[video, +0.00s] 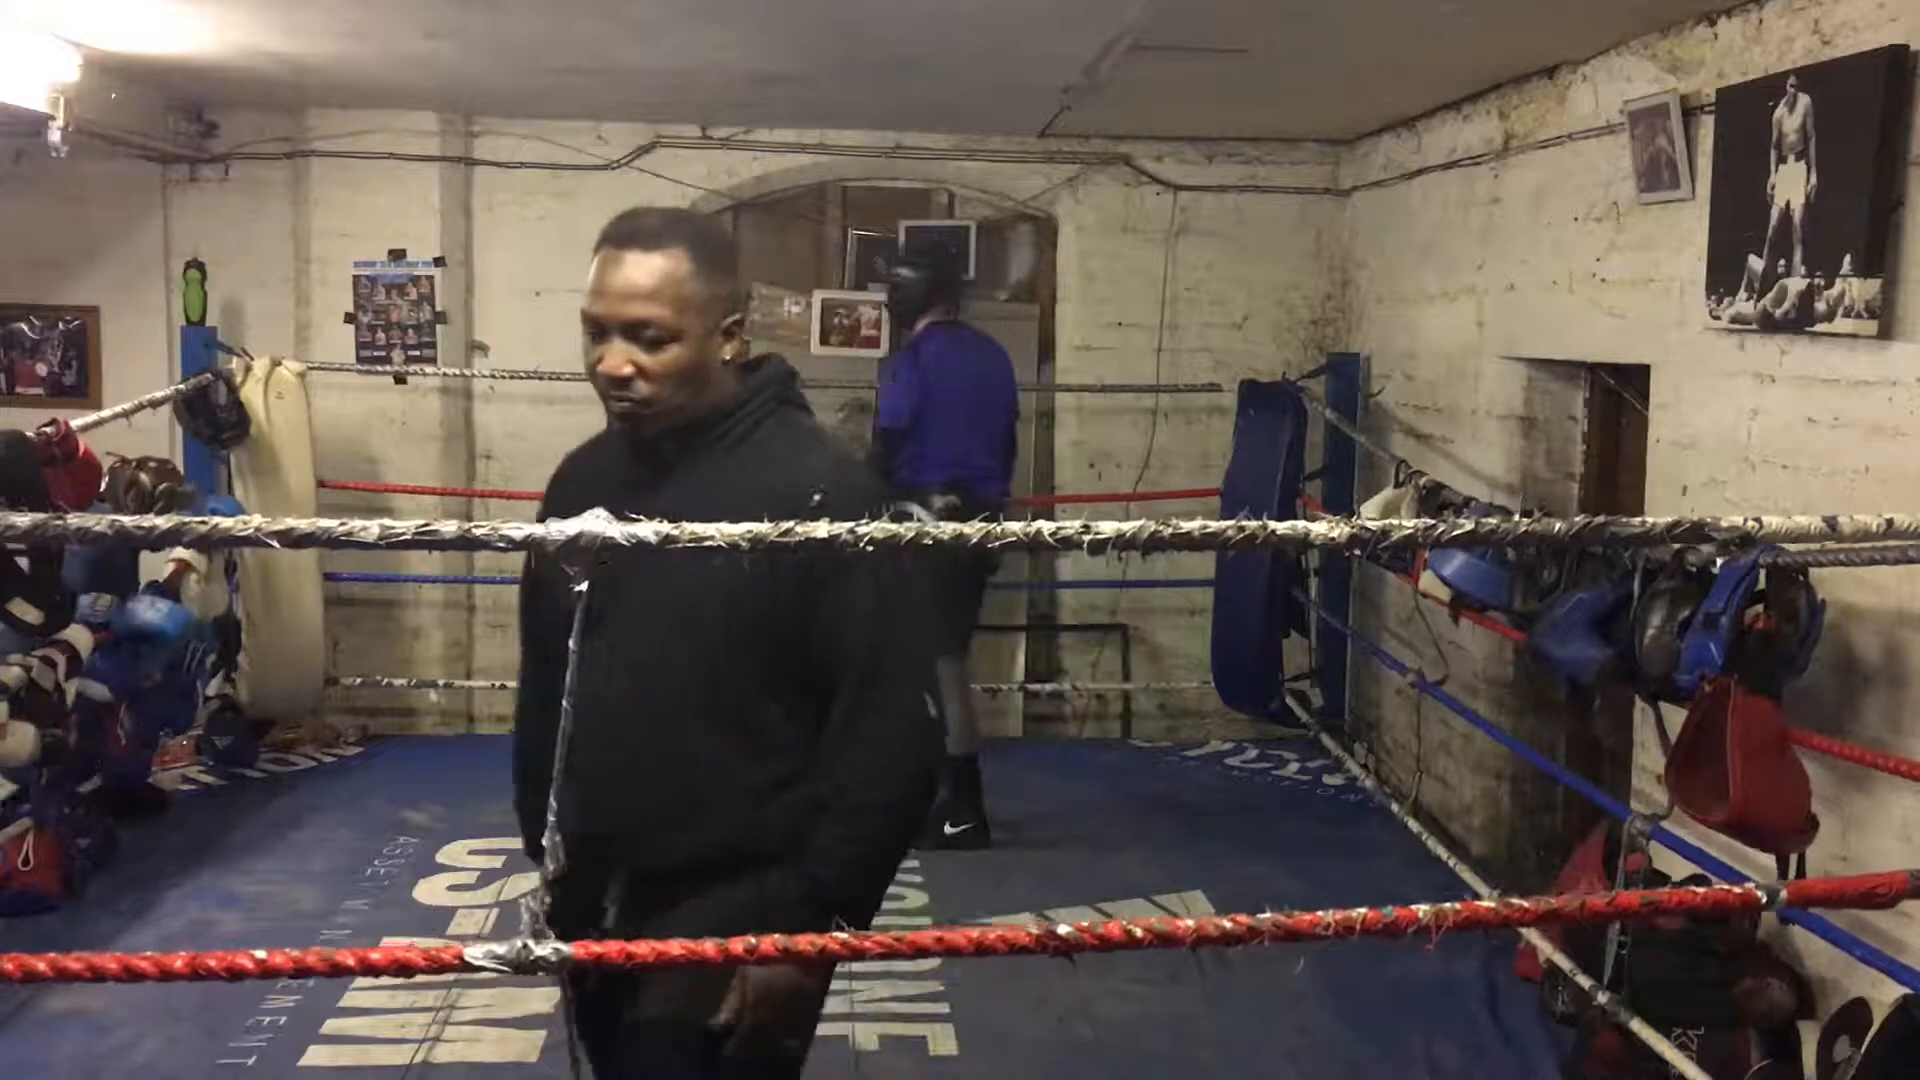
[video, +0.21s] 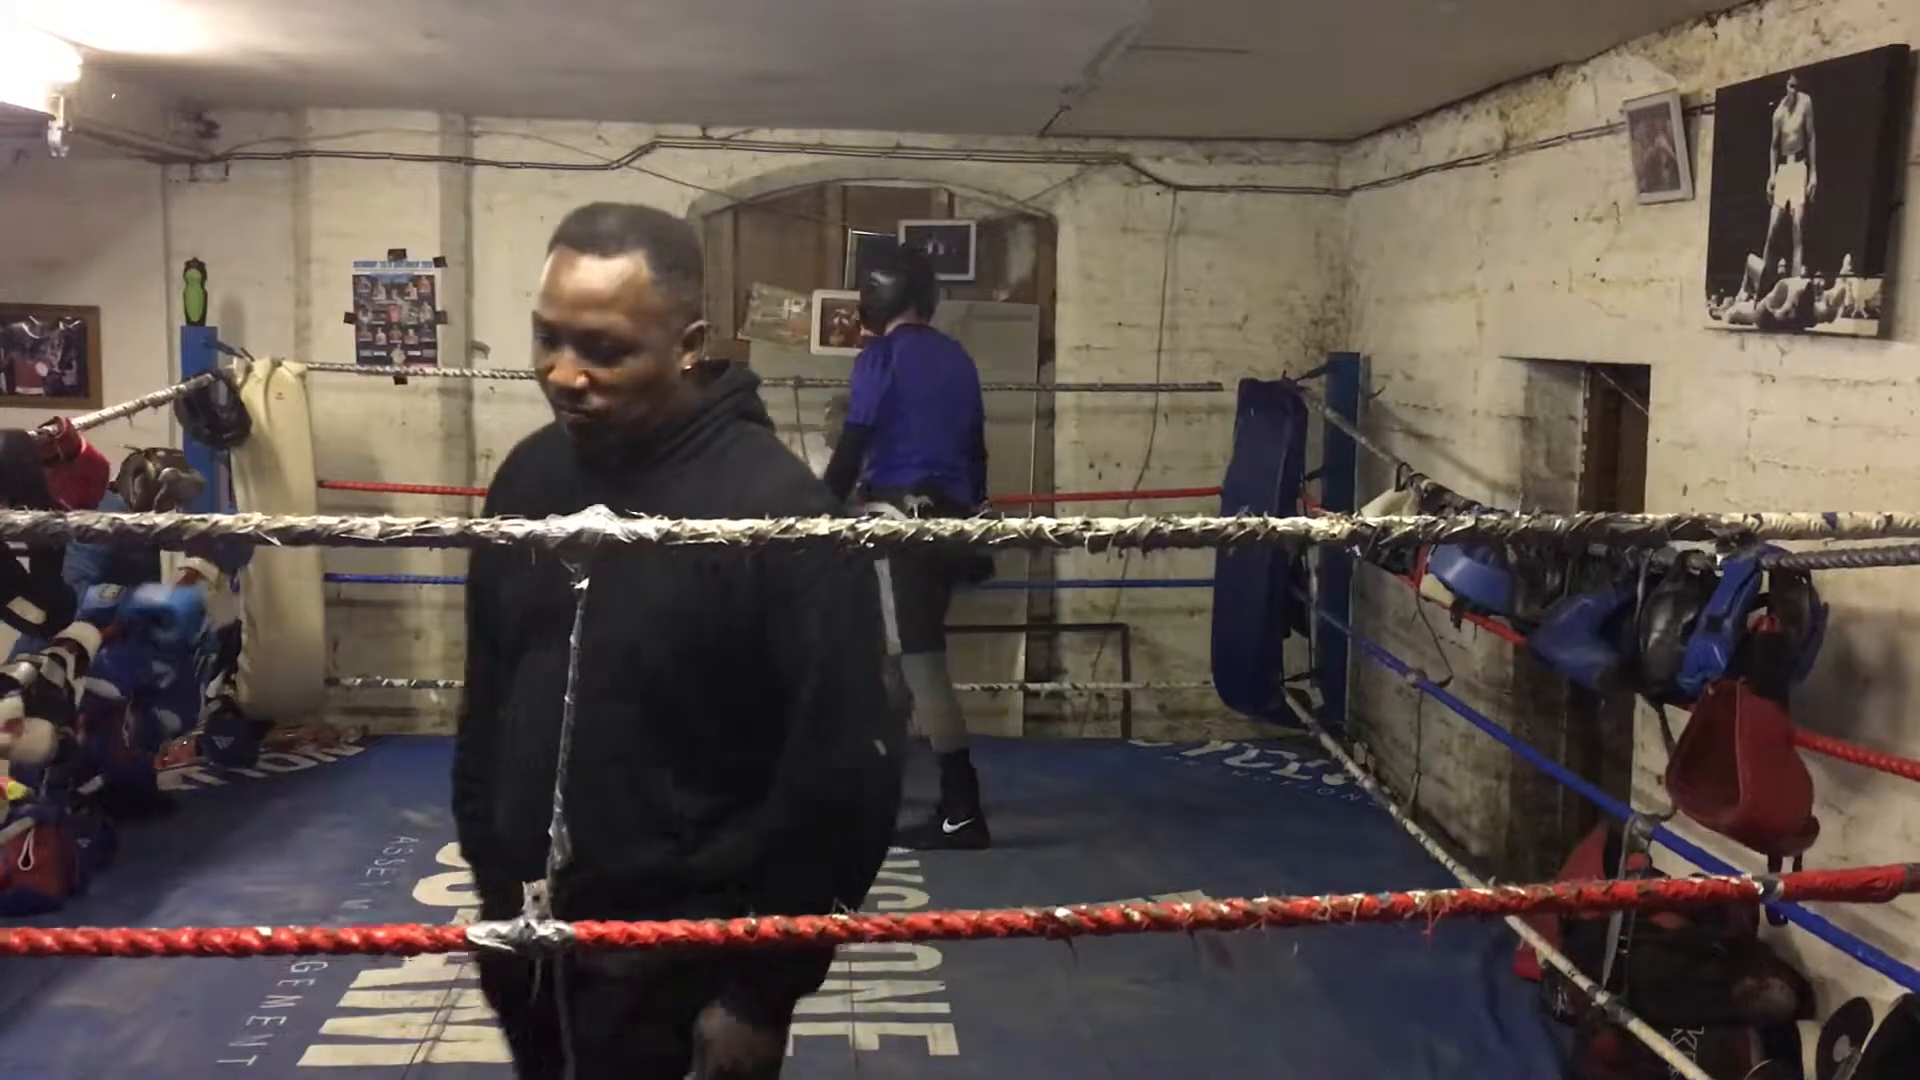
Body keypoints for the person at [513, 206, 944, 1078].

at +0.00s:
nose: (614, 366)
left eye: (649, 338)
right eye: (598, 334)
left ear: (732, 336)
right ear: (583, 325)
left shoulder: (830, 497)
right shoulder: (583, 482)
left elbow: (893, 749)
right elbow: (543, 685)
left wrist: (806, 933)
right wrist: (546, 846)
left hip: (746, 916)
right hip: (596, 897)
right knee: (616, 1058)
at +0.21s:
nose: (564, 375)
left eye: (603, 351)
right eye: (549, 340)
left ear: (690, 347)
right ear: (534, 325)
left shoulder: (783, 512)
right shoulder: (530, 478)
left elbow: (847, 778)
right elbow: (487, 695)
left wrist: (760, 995)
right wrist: (498, 886)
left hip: (690, 958)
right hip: (532, 938)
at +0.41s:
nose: (530, 378)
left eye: (573, 352)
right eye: (517, 339)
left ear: (664, 345)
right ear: (502, 316)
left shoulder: (759, 517)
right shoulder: (486, 470)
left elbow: (821, 784)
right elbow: (430, 689)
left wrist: (709, 1004)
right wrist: (434, 893)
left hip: (658, 985)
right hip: (468, 970)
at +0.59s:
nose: (520, 372)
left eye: (566, 346)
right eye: (509, 332)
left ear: (661, 338)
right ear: (495, 306)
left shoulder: (750, 519)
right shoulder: (457, 458)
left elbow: (809, 782)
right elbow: (381, 685)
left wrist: (700, 1004)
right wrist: (387, 888)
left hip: (641, 981)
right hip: (435, 967)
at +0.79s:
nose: (482, 376)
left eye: (529, 349)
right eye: (470, 334)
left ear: (624, 345)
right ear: (458, 310)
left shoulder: (720, 521)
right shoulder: (397, 465)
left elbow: (794, 787)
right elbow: (317, 695)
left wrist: (699, 1014)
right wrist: (328, 897)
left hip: (608, 997)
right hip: (381, 979)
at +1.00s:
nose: (412, 375)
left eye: (461, 346)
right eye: (398, 333)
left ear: (557, 339)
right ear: (384, 312)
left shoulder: (668, 516)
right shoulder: (319, 477)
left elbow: (748, 774)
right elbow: (239, 715)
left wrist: (679, 998)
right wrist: (263, 936)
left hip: (564, 1007)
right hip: (331, 991)